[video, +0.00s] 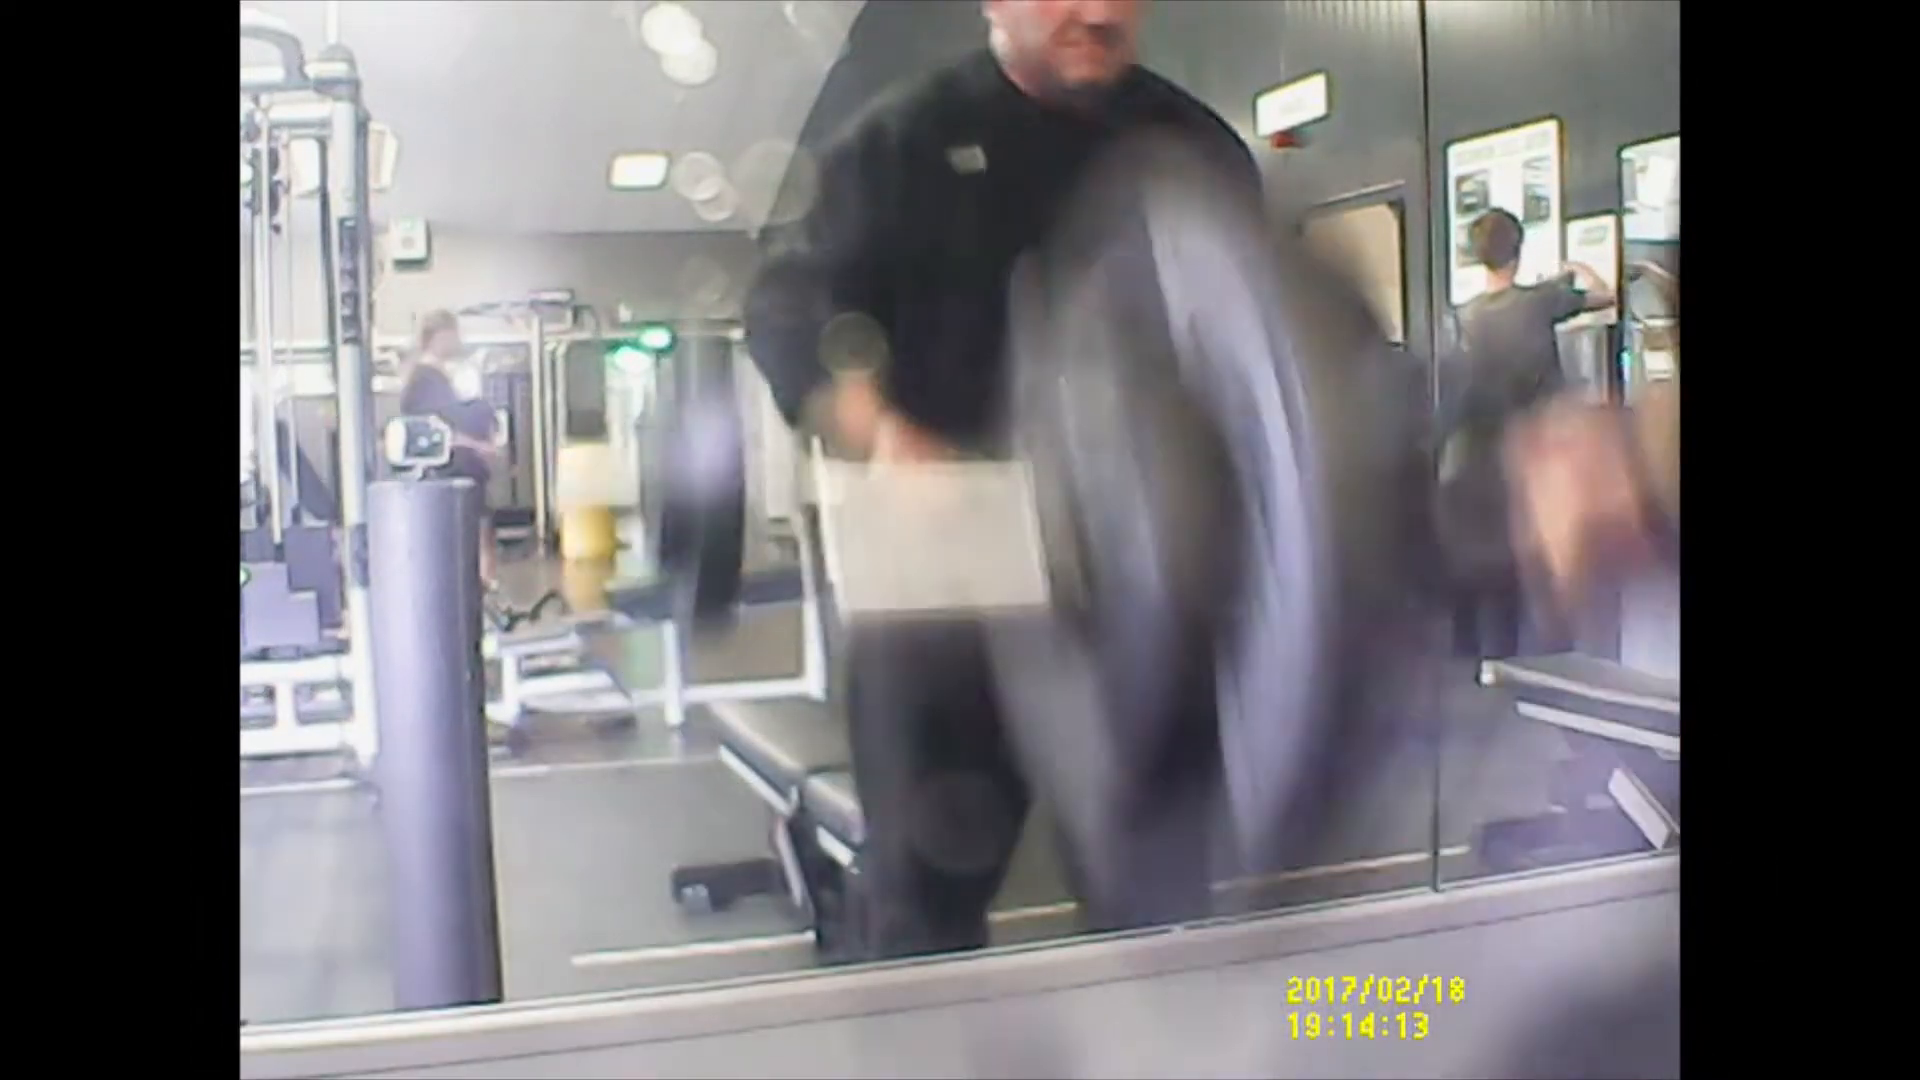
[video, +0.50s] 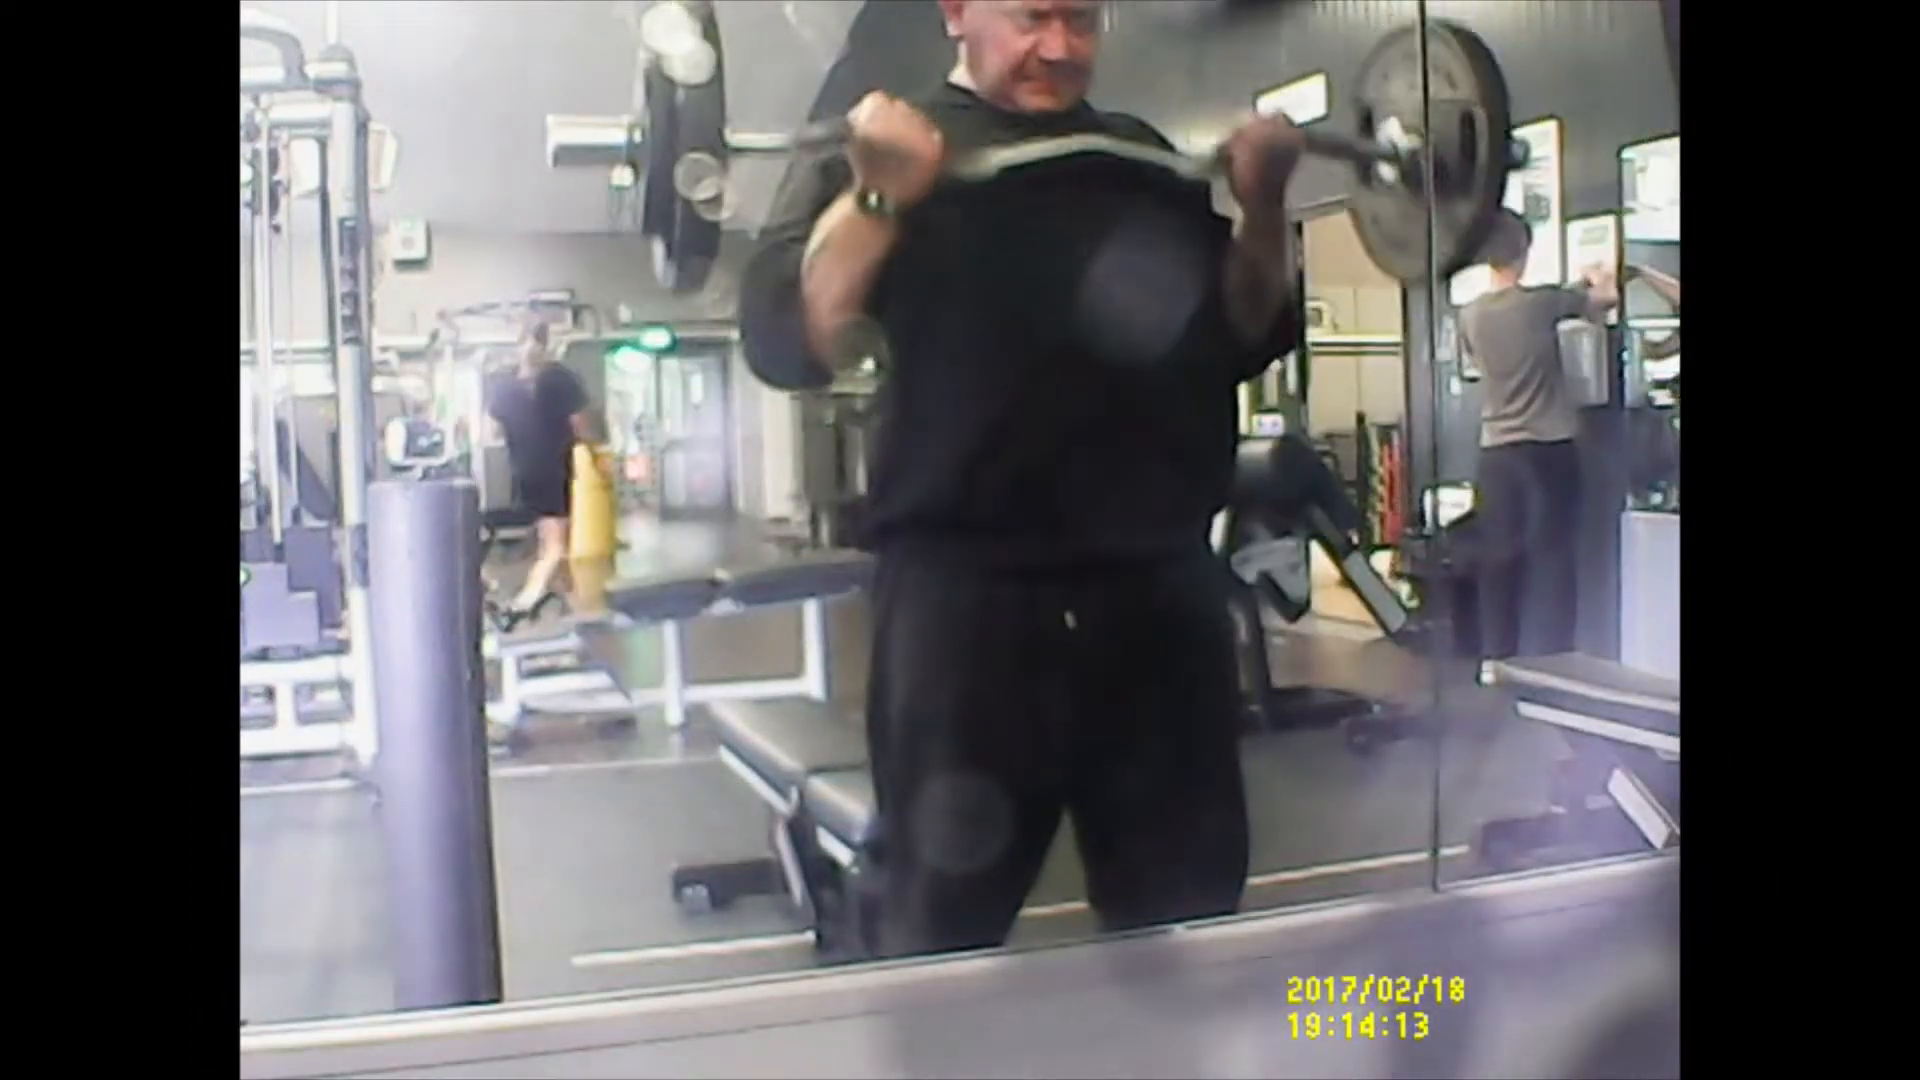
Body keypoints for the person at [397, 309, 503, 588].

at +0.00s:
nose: (456, 340)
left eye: (455, 333)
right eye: (450, 334)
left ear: (441, 336)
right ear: (433, 337)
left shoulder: (434, 375)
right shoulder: (427, 377)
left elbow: (440, 427)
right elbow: (435, 428)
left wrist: (479, 445)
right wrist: (479, 447)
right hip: (446, 480)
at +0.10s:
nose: (481, 339)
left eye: (480, 333)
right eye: (477, 333)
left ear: (452, 335)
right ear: (464, 334)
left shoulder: (439, 373)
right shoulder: (465, 371)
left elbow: (433, 418)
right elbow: (473, 416)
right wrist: (514, 436)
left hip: (452, 469)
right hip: (484, 469)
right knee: (489, 556)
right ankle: (491, 603)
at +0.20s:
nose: (505, 343)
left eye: (500, 335)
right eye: (502, 336)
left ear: (477, 339)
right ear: (501, 339)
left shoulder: (459, 376)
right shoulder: (511, 373)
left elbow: (454, 422)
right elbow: (521, 415)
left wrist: (468, 447)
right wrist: (549, 435)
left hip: (476, 465)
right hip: (507, 467)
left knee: (522, 536)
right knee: (500, 542)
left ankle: (526, 603)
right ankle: (491, 606)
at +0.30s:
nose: (516, 350)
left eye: (509, 342)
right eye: (517, 344)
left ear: (492, 343)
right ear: (518, 343)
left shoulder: (474, 380)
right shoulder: (529, 377)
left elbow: (465, 428)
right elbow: (549, 419)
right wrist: (561, 438)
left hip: (489, 469)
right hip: (521, 467)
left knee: (529, 541)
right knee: (508, 542)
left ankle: (549, 597)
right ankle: (498, 602)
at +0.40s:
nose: (521, 351)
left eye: (516, 346)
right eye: (525, 345)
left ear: (504, 346)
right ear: (529, 345)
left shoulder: (489, 380)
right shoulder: (541, 377)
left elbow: (478, 425)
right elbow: (564, 423)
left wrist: (496, 446)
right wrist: (574, 458)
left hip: (504, 468)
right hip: (535, 467)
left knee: (547, 541)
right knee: (522, 542)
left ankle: (563, 599)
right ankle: (505, 599)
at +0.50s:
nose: (533, 349)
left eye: (531, 343)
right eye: (535, 343)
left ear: (518, 347)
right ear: (546, 345)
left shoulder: (503, 383)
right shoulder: (559, 378)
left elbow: (492, 431)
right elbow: (580, 424)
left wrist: (516, 429)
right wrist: (597, 452)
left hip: (524, 466)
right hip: (555, 464)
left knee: (550, 539)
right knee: (555, 545)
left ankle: (571, 601)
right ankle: (520, 607)